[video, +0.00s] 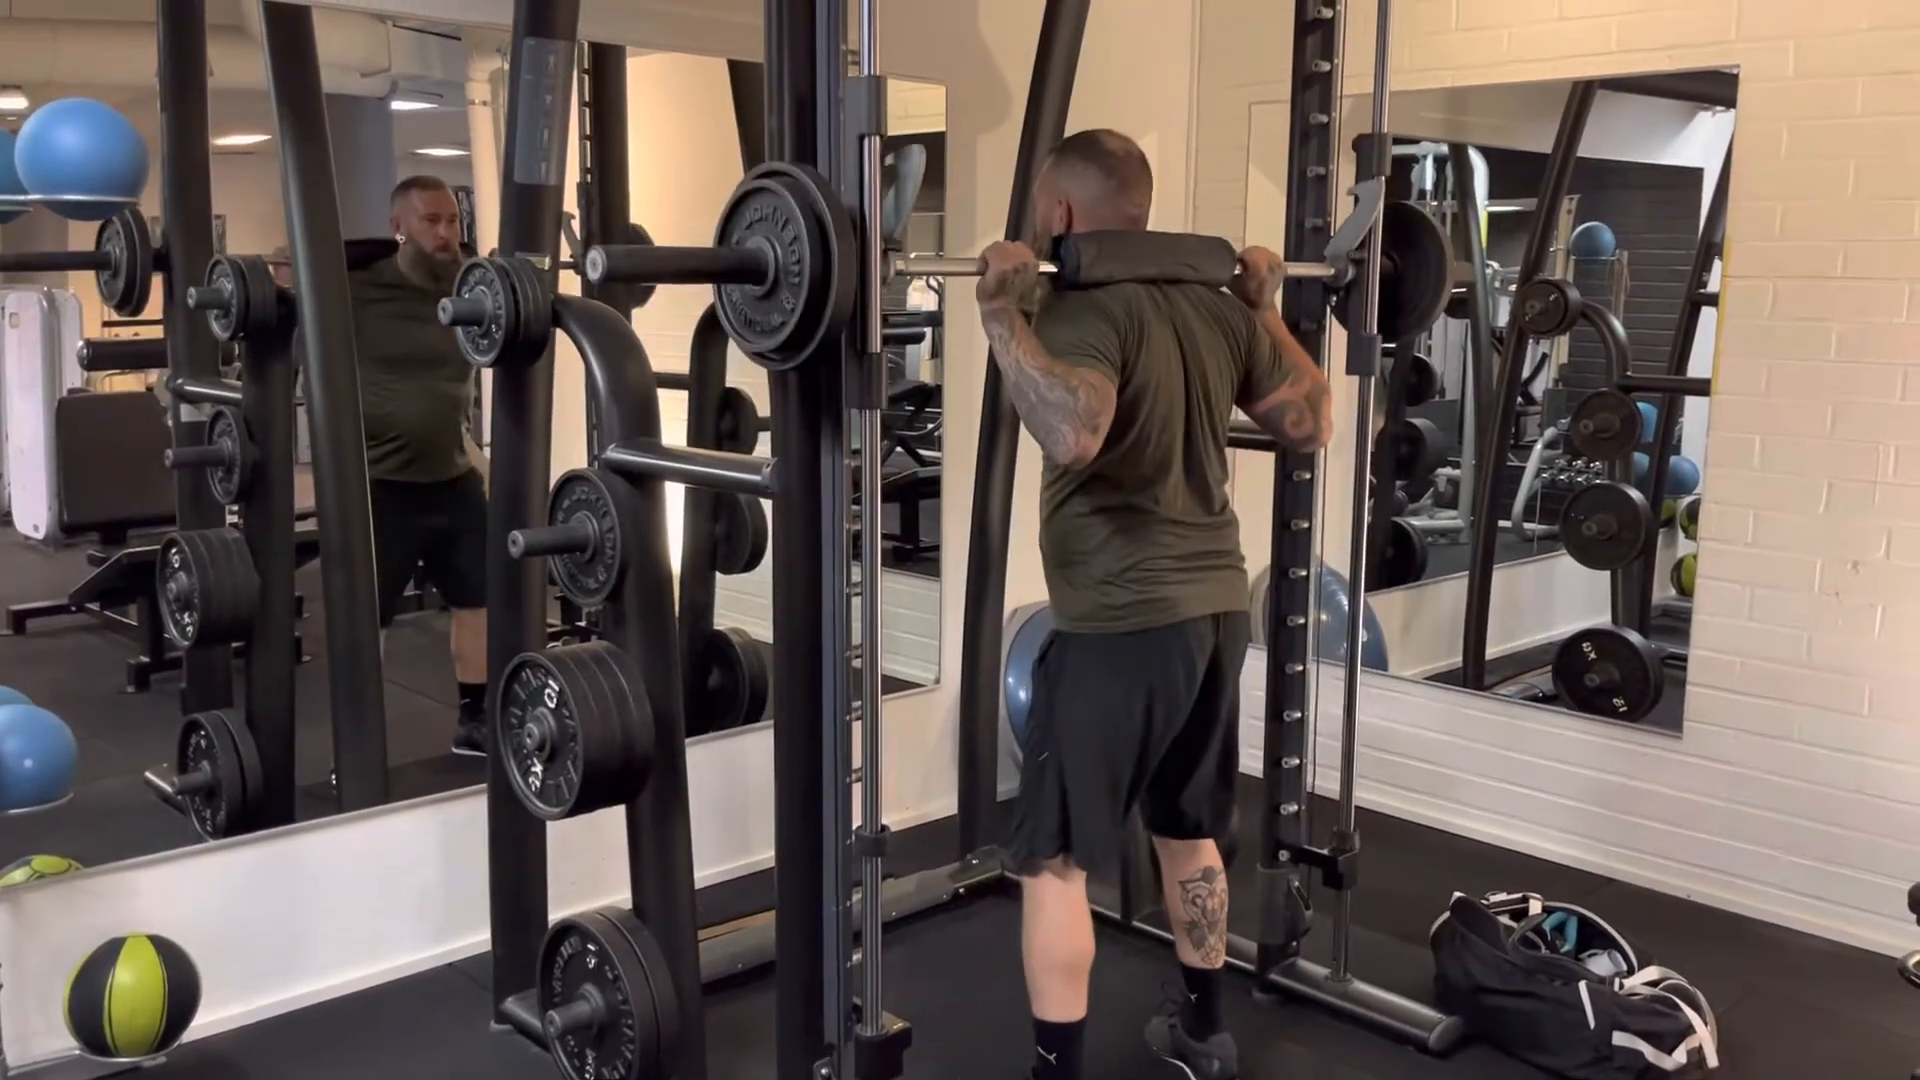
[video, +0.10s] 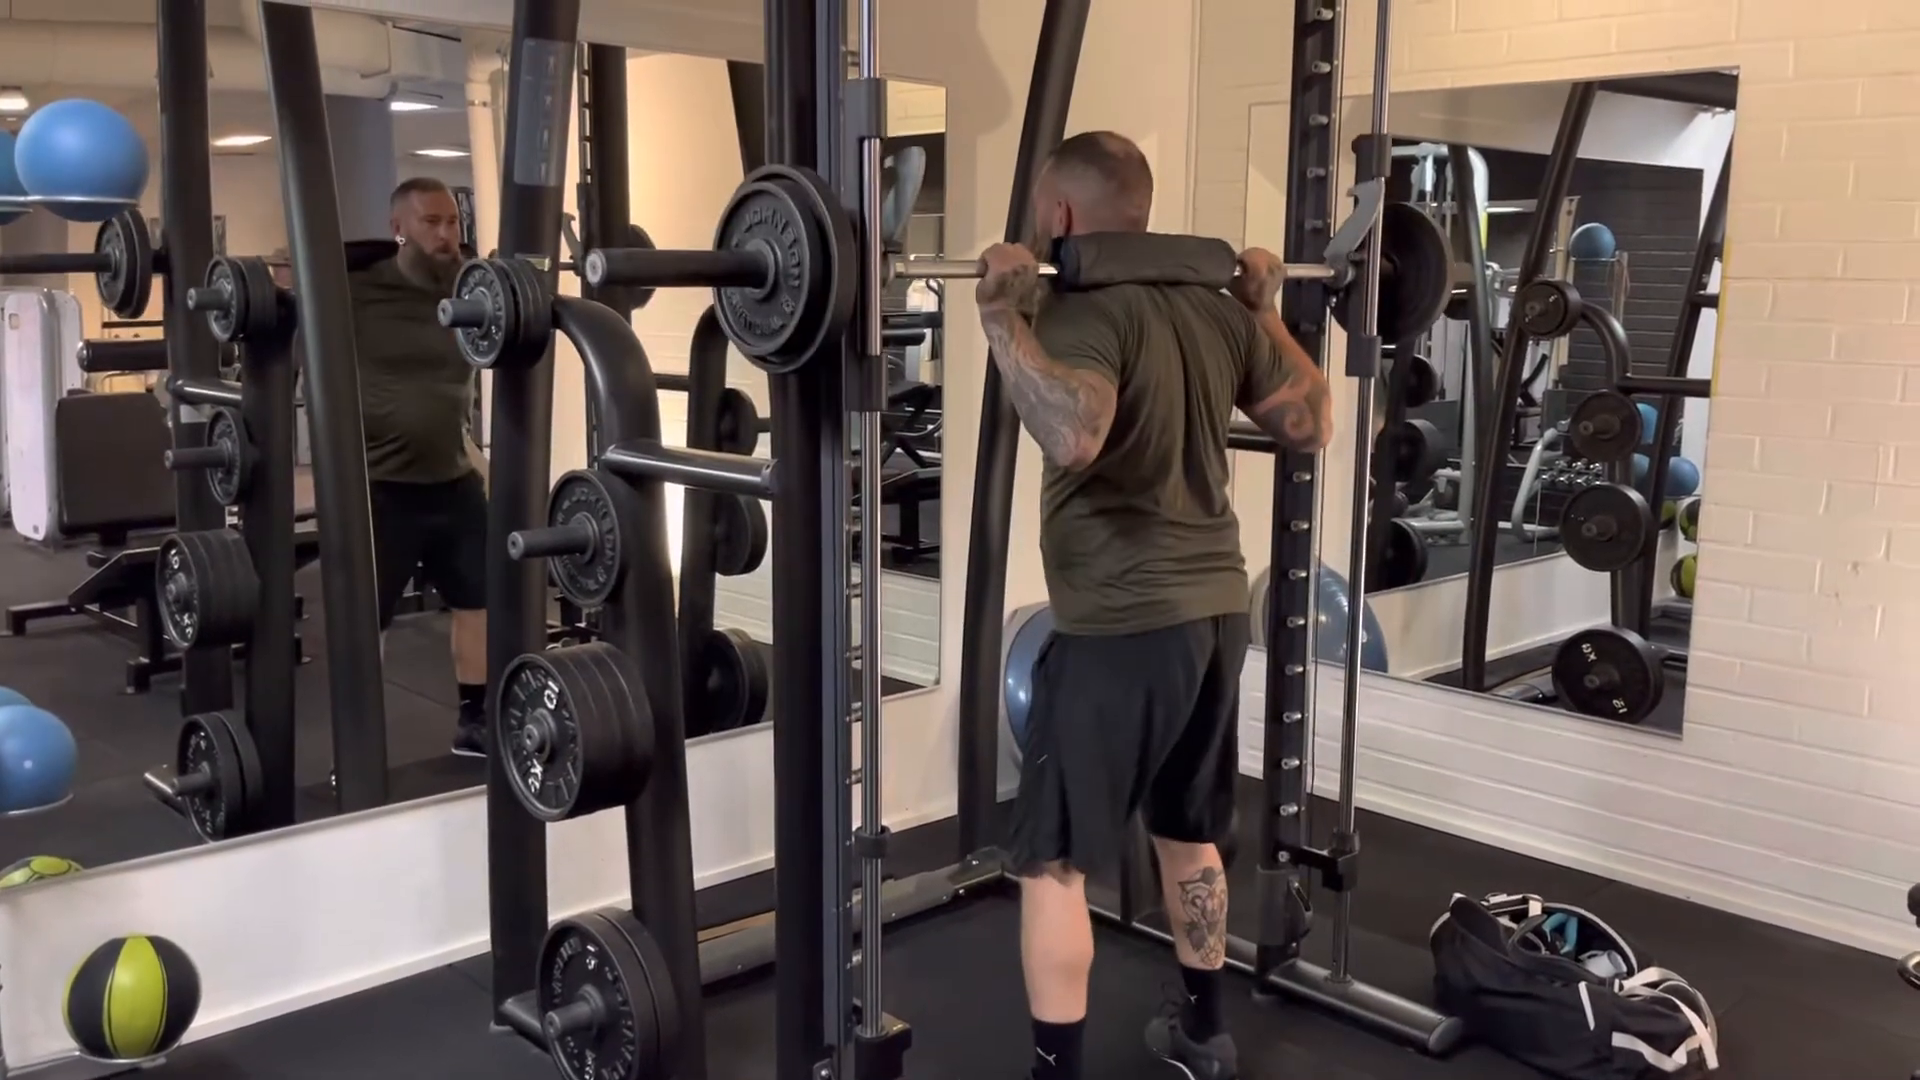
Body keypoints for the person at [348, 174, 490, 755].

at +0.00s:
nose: (448, 232)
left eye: (454, 220)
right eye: (434, 220)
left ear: (462, 225)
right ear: (399, 225)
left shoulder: (466, 289)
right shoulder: (355, 292)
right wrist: (278, 283)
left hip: (453, 479)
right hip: (378, 484)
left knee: (476, 594)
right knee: (361, 617)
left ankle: (477, 717)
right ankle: (353, 731)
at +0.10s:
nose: (449, 233)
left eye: (455, 221)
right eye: (434, 221)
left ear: (462, 226)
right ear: (399, 227)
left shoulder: (466, 291)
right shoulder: (355, 293)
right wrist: (277, 283)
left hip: (453, 482)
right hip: (378, 486)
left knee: (477, 596)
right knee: (362, 619)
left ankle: (477, 719)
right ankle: (353, 734)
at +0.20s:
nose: (449, 236)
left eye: (454, 224)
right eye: (434, 224)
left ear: (462, 229)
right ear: (399, 229)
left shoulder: (466, 294)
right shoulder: (355, 295)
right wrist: (276, 289)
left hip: (453, 485)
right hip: (378, 489)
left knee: (478, 597)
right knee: (361, 621)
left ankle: (476, 722)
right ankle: (353, 737)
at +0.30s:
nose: (448, 237)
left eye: (454, 226)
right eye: (434, 226)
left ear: (462, 230)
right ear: (399, 230)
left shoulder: (466, 296)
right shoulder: (354, 297)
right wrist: (274, 292)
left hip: (454, 486)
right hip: (378, 490)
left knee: (477, 599)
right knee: (361, 623)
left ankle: (476, 723)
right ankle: (353, 739)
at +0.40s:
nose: (448, 238)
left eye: (454, 226)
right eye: (434, 226)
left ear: (462, 231)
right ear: (399, 231)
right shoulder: (354, 298)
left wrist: (479, 465)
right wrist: (275, 294)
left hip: (454, 486)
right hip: (378, 490)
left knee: (477, 599)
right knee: (361, 622)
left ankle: (476, 723)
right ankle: (352, 738)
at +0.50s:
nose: (449, 238)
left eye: (455, 227)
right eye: (434, 227)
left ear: (462, 232)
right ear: (399, 232)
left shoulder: (467, 297)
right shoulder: (354, 297)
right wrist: (274, 287)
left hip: (452, 484)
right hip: (376, 488)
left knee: (477, 597)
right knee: (359, 619)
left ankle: (475, 723)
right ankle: (352, 737)